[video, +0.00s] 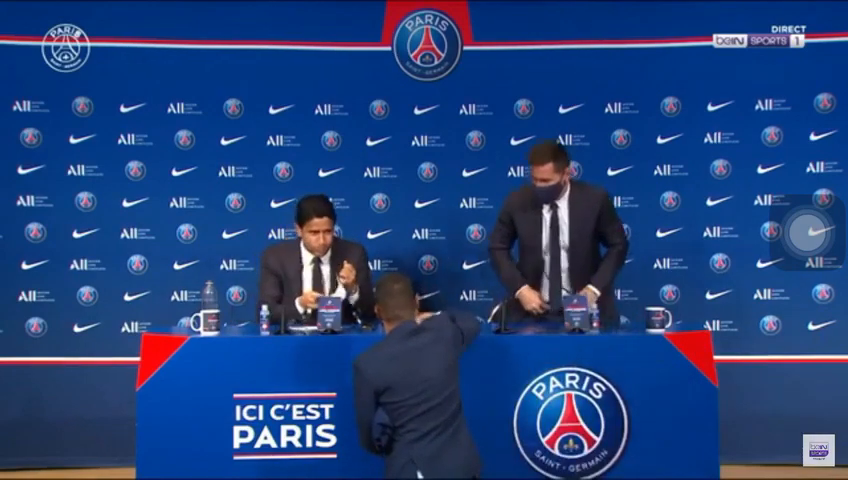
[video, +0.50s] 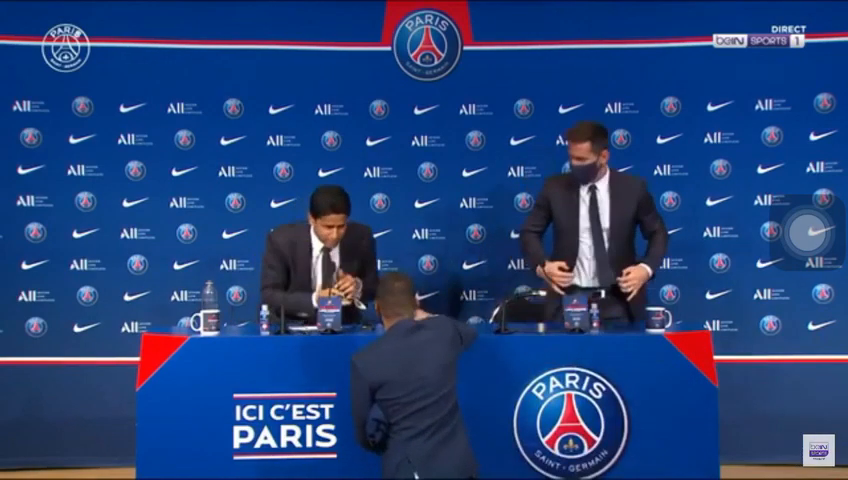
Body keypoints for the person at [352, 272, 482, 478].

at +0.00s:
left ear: (378, 312)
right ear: (417, 303)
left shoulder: (368, 364)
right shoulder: (444, 332)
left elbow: (369, 438)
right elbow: (473, 323)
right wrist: (433, 317)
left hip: (407, 464)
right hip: (459, 459)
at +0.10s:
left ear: (379, 310)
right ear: (417, 302)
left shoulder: (368, 363)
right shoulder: (445, 330)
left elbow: (369, 437)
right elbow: (471, 324)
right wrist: (425, 319)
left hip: (407, 464)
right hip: (458, 459)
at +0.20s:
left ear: (380, 310)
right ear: (417, 303)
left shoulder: (369, 362)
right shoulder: (445, 329)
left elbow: (369, 436)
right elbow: (464, 324)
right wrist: (424, 319)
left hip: (406, 463)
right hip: (458, 459)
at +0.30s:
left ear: (380, 310)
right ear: (417, 304)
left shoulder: (368, 362)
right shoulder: (444, 329)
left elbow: (368, 435)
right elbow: (464, 325)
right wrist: (424, 319)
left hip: (406, 462)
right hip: (458, 458)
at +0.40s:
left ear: (378, 308)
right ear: (416, 303)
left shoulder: (366, 361)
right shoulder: (444, 331)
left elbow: (366, 433)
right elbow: (467, 329)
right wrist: (428, 317)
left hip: (404, 461)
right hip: (456, 457)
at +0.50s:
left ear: (378, 309)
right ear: (416, 302)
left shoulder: (365, 361)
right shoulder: (444, 331)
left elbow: (365, 433)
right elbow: (470, 334)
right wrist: (427, 317)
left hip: (403, 462)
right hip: (454, 458)